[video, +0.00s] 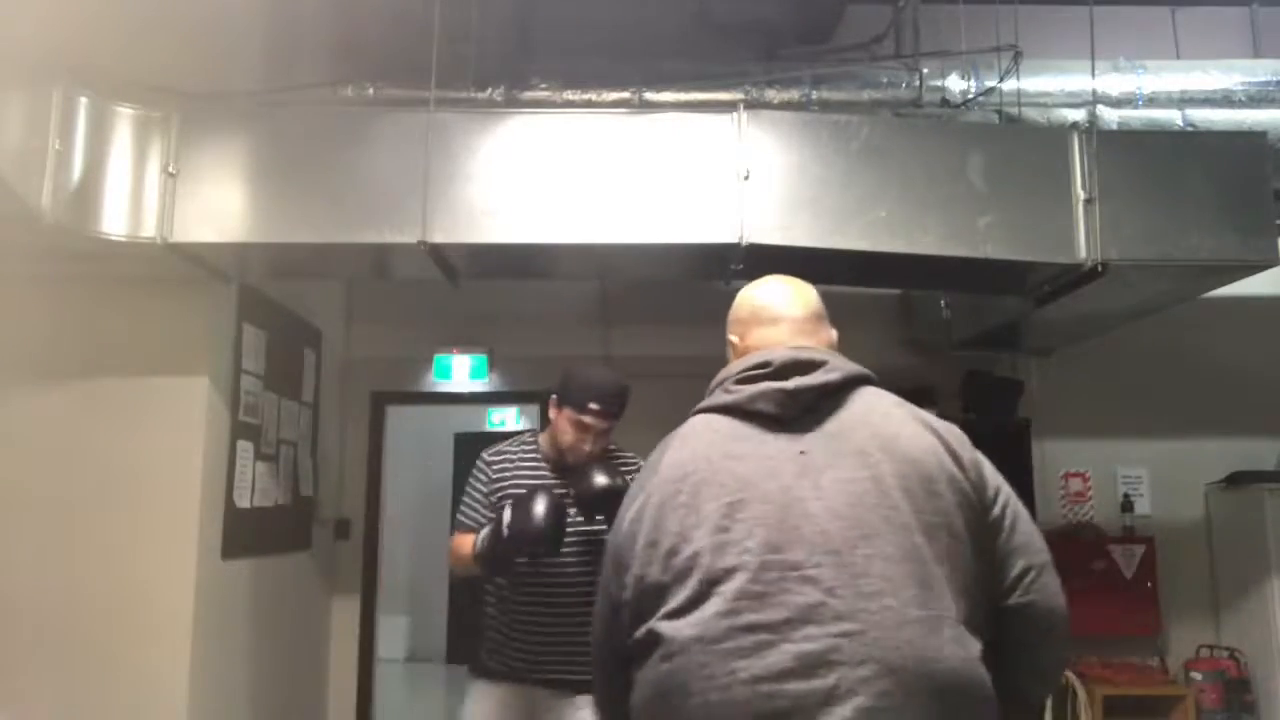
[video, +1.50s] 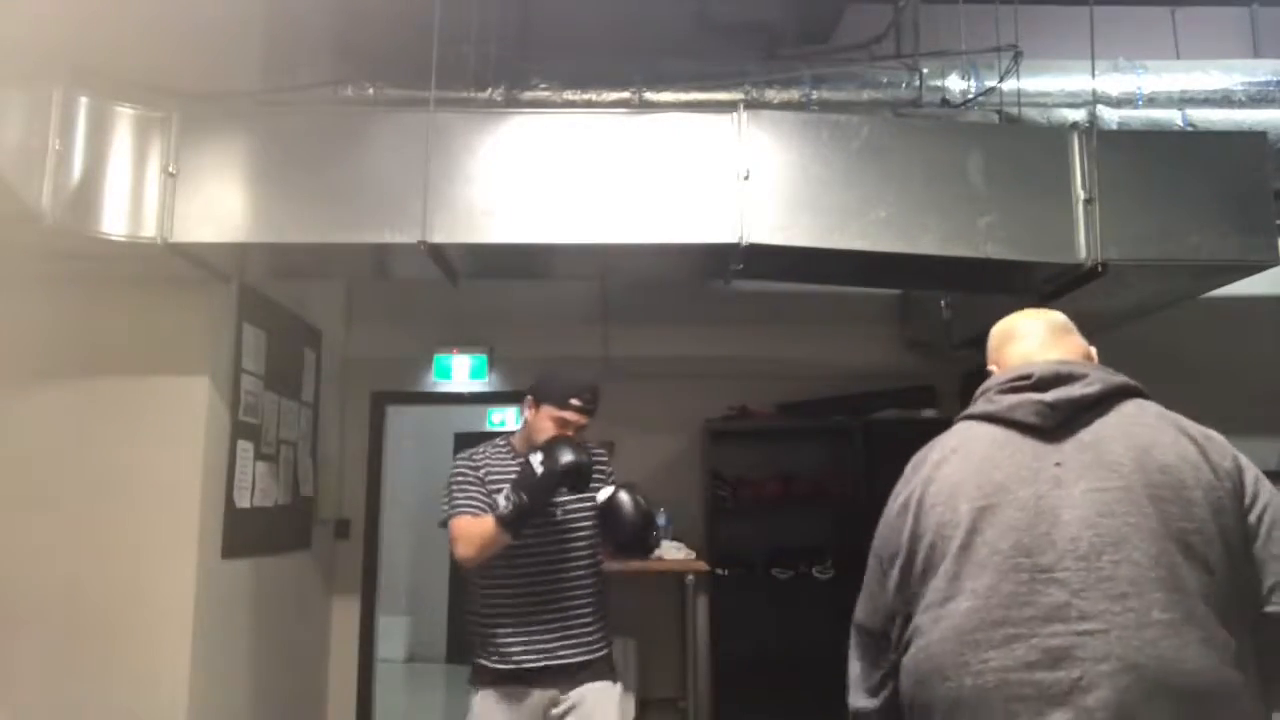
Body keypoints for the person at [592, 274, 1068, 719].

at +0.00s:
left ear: (731, 345)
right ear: (833, 339)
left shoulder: (669, 462)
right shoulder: (937, 439)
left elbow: (612, 643)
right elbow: (1040, 609)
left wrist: (622, 711)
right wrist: (1005, 708)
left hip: (711, 701)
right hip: (926, 700)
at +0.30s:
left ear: (741, 347)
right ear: (848, 345)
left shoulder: (662, 460)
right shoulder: (942, 444)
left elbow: (580, 639)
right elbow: (1038, 622)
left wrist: (591, 715)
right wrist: (998, 711)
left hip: (693, 701)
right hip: (915, 697)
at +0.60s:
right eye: (1001, 339)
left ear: (869, 336)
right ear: (995, 346)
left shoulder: (754, 460)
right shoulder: (1078, 462)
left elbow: (667, 676)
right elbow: (1174, 670)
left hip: (771, 697)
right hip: (997, 696)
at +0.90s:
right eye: (1106, 321)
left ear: (975, 328)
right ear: (1102, 326)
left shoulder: (870, 439)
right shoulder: (1215, 459)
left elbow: (777, 651)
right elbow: (1264, 660)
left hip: (881, 702)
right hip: (1137, 704)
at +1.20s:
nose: (1112, 349)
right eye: (1114, 346)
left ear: (998, 360)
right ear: (1112, 353)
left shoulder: (915, 460)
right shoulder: (1221, 466)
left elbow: (835, 649)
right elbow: (1267, 634)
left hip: (943, 706)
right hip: (1187, 706)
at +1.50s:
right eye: (1092, 352)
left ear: (990, 374)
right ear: (1093, 355)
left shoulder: (928, 468)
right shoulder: (1204, 450)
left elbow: (872, 649)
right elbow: (1276, 593)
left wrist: (873, 711)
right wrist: (1261, 698)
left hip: (967, 704)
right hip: (1186, 700)